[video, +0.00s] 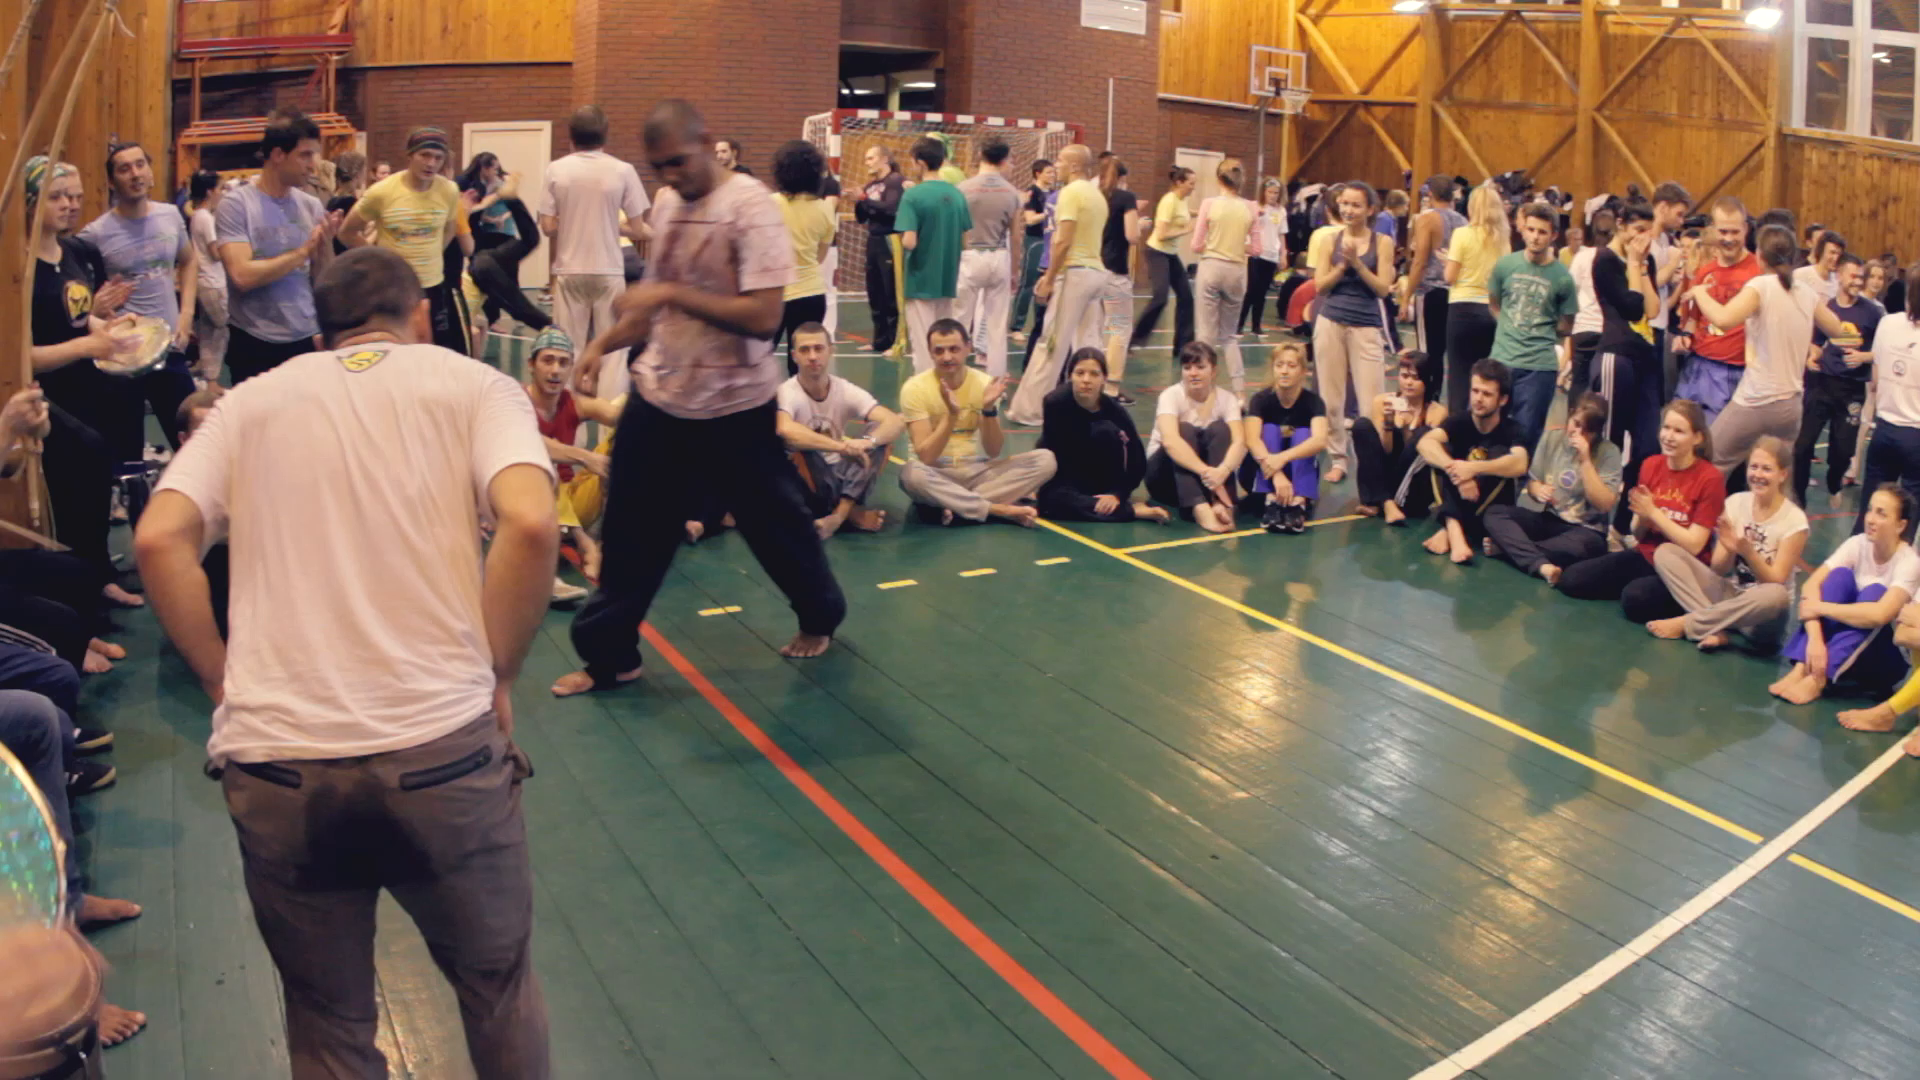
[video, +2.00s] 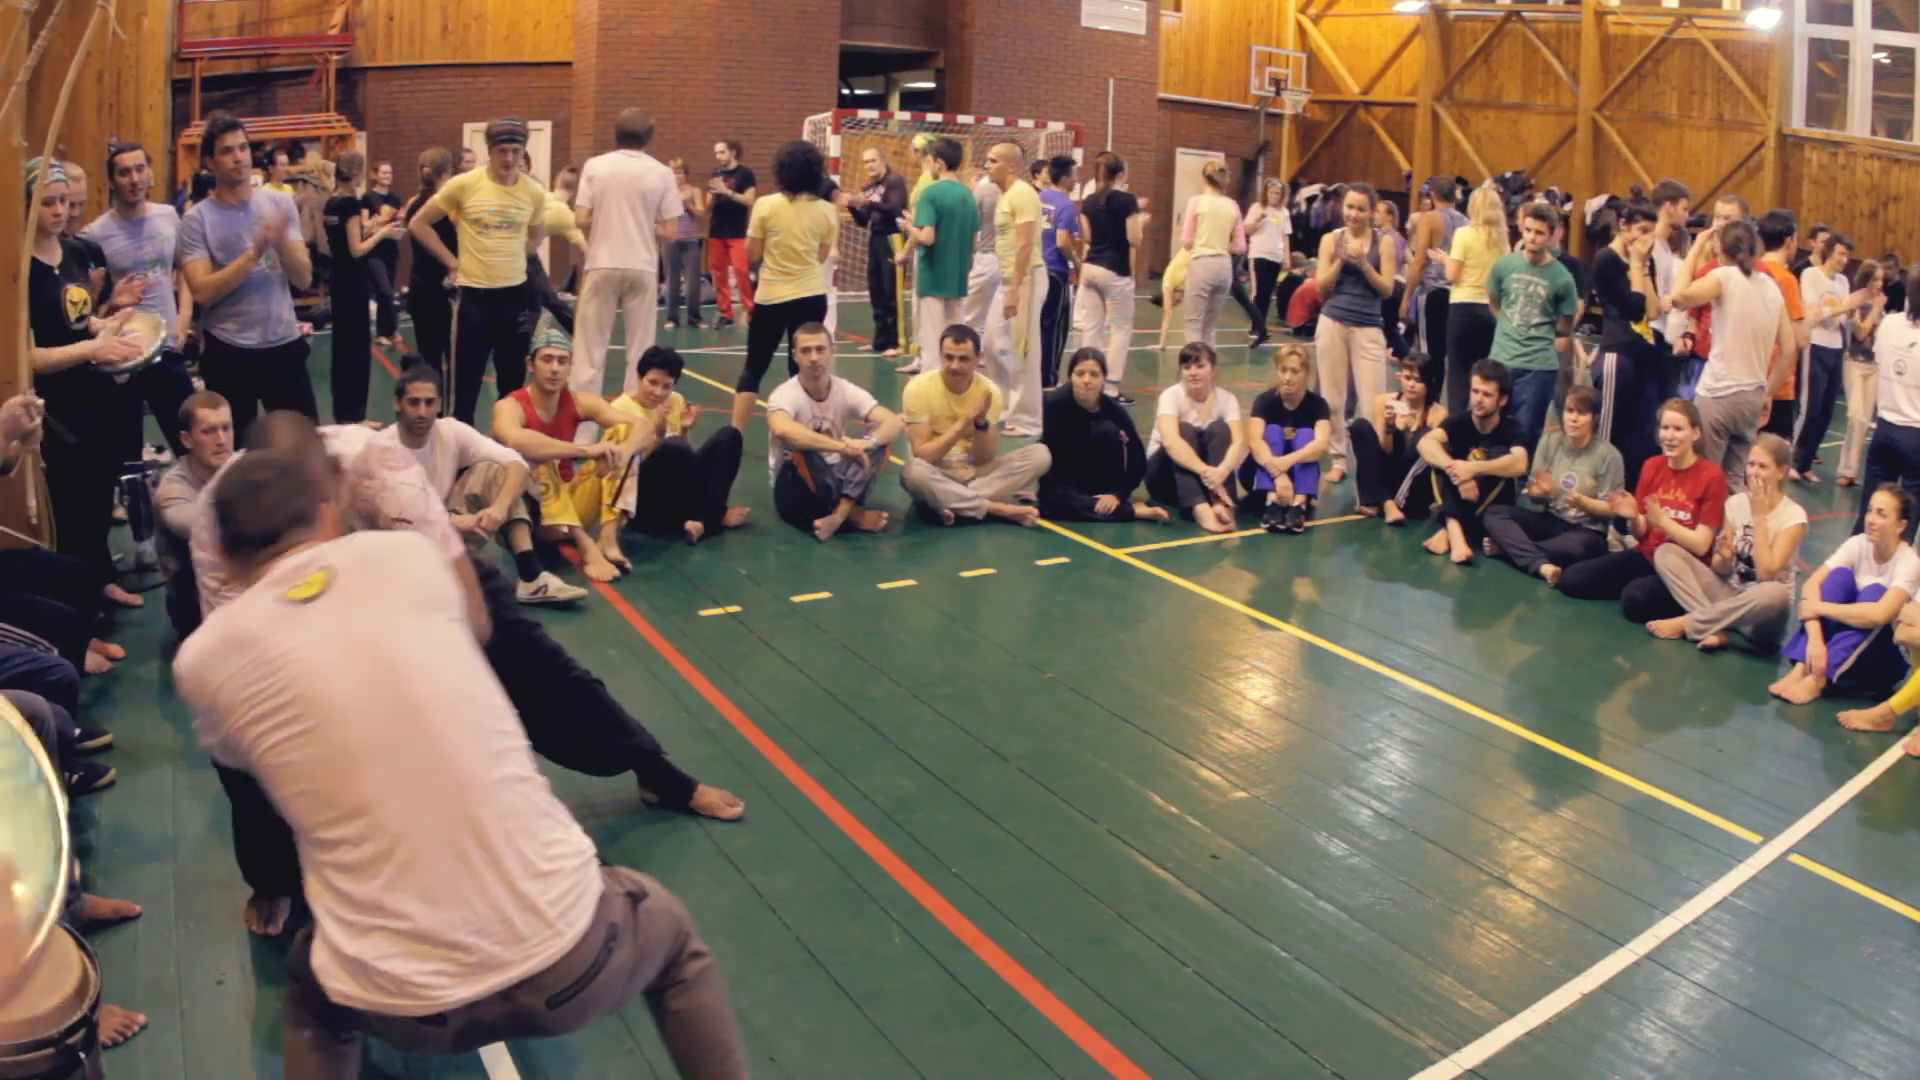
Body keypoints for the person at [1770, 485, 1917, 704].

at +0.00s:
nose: (1870, 519)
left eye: (1881, 514)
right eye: (1869, 510)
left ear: (1901, 526)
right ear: (1864, 513)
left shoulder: (1910, 562)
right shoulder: (1857, 544)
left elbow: (1880, 616)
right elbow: (1810, 586)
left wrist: (1819, 607)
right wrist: (1815, 641)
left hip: (1882, 667)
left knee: (1875, 592)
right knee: (1840, 576)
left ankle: (1818, 678)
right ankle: (1800, 668)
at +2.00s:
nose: (1870, 519)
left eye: (1881, 514)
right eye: (1869, 511)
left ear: (1901, 526)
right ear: (1864, 513)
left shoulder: (1909, 562)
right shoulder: (1857, 544)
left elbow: (1880, 616)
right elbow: (1810, 585)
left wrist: (1818, 607)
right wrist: (1815, 641)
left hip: (1881, 667)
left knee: (1875, 592)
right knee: (1840, 576)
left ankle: (1818, 678)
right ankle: (1800, 667)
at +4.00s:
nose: (1873, 520)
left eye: (1884, 515)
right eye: (1872, 511)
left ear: (1902, 526)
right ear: (1867, 512)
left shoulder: (1909, 561)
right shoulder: (1857, 544)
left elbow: (1881, 615)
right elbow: (1810, 586)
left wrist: (1818, 608)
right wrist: (1815, 640)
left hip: (1881, 667)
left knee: (1875, 592)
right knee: (1840, 577)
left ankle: (1817, 678)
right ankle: (1800, 667)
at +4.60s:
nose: (1876, 511)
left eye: (1887, 507)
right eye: (1878, 504)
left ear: (1907, 524)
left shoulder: (1913, 558)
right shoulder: (1862, 541)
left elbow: (1885, 609)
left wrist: (1823, 603)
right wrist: (1823, 646)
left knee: (1879, 587)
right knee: (1847, 577)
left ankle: (1828, 672)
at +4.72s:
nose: (1873, 505)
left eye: (1883, 502)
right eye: (1878, 499)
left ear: (1900, 520)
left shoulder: (1912, 556)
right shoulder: (1862, 540)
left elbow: (1887, 608)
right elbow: (1822, 584)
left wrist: (1834, 606)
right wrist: (1822, 638)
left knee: (1878, 587)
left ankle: (1829, 666)